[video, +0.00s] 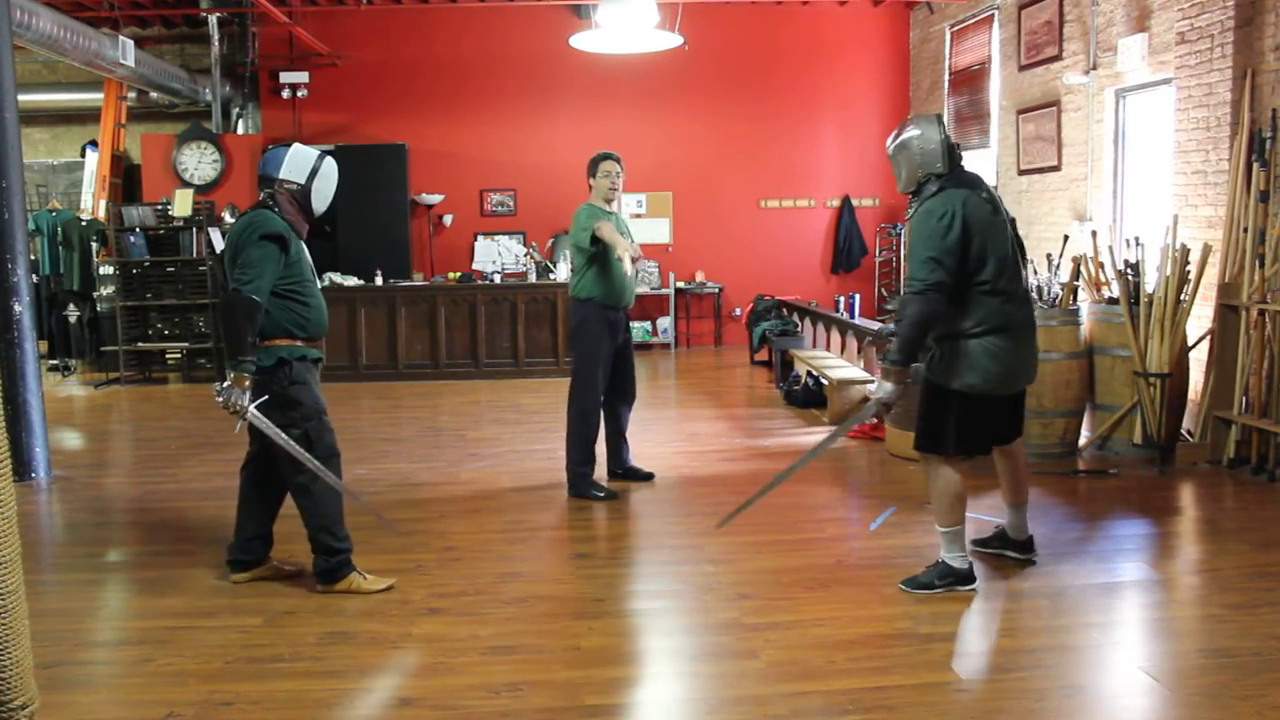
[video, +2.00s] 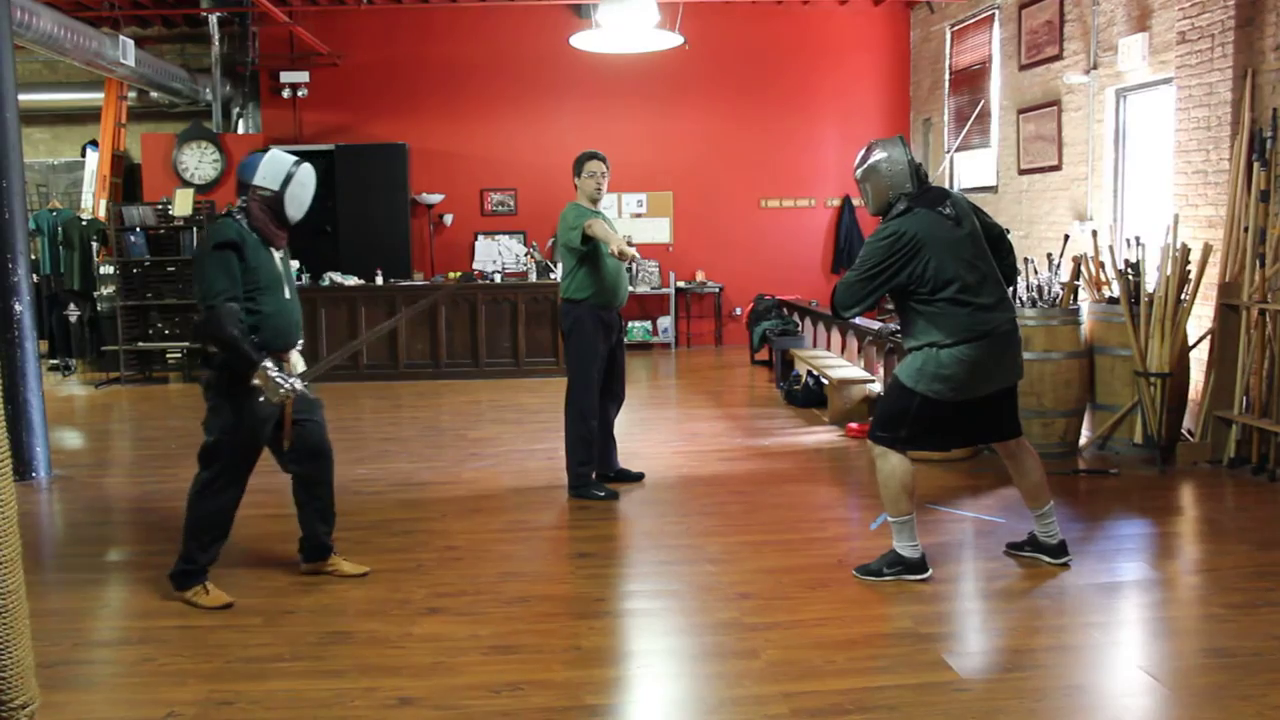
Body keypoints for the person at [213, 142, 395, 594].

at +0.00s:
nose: (322, 199)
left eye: (322, 190)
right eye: (319, 188)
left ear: (283, 182)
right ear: (300, 183)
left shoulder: (275, 227)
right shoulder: (266, 227)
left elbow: (249, 301)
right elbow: (245, 301)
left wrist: (239, 371)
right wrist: (240, 371)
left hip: (289, 362)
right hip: (283, 364)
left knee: (268, 462)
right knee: (318, 458)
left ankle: (247, 559)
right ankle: (335, 569)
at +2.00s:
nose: (295, 210)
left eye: (295, 201)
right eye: (291, 199)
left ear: (270, 193)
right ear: (269, 191)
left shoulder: (270, 237)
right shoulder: (226, 235)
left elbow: (277, 301)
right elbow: (220, 314)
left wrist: (290, 351)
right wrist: (258, 366)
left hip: (282, 371)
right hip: (240, 377)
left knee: (313, 455)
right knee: (222, 474)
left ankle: (318, 554)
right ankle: (189, 577)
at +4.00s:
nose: (294, 209)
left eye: (294, 199)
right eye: (290, 198)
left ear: (258, 193)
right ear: (267, 194)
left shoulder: (262, 242)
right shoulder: (229, 246)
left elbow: (272, 310)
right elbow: (219, 333)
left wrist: (294, 357)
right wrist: (259, 386)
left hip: (287, 376)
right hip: (252, 381)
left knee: (327, 457)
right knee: (236, 482)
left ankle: (332, 555)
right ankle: (190, 586)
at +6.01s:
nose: (331, 206)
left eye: (331, 197)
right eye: (327, 196)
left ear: (295, 194)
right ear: (303, 193)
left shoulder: (299, 242)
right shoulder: (264, 241)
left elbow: (304, 308)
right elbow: (253, 324)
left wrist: (323, 354)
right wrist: (285, 379)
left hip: (313, 371)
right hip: (282, 375)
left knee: (344, 460)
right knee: (273, 473)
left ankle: (335, 554)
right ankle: (204, 575)